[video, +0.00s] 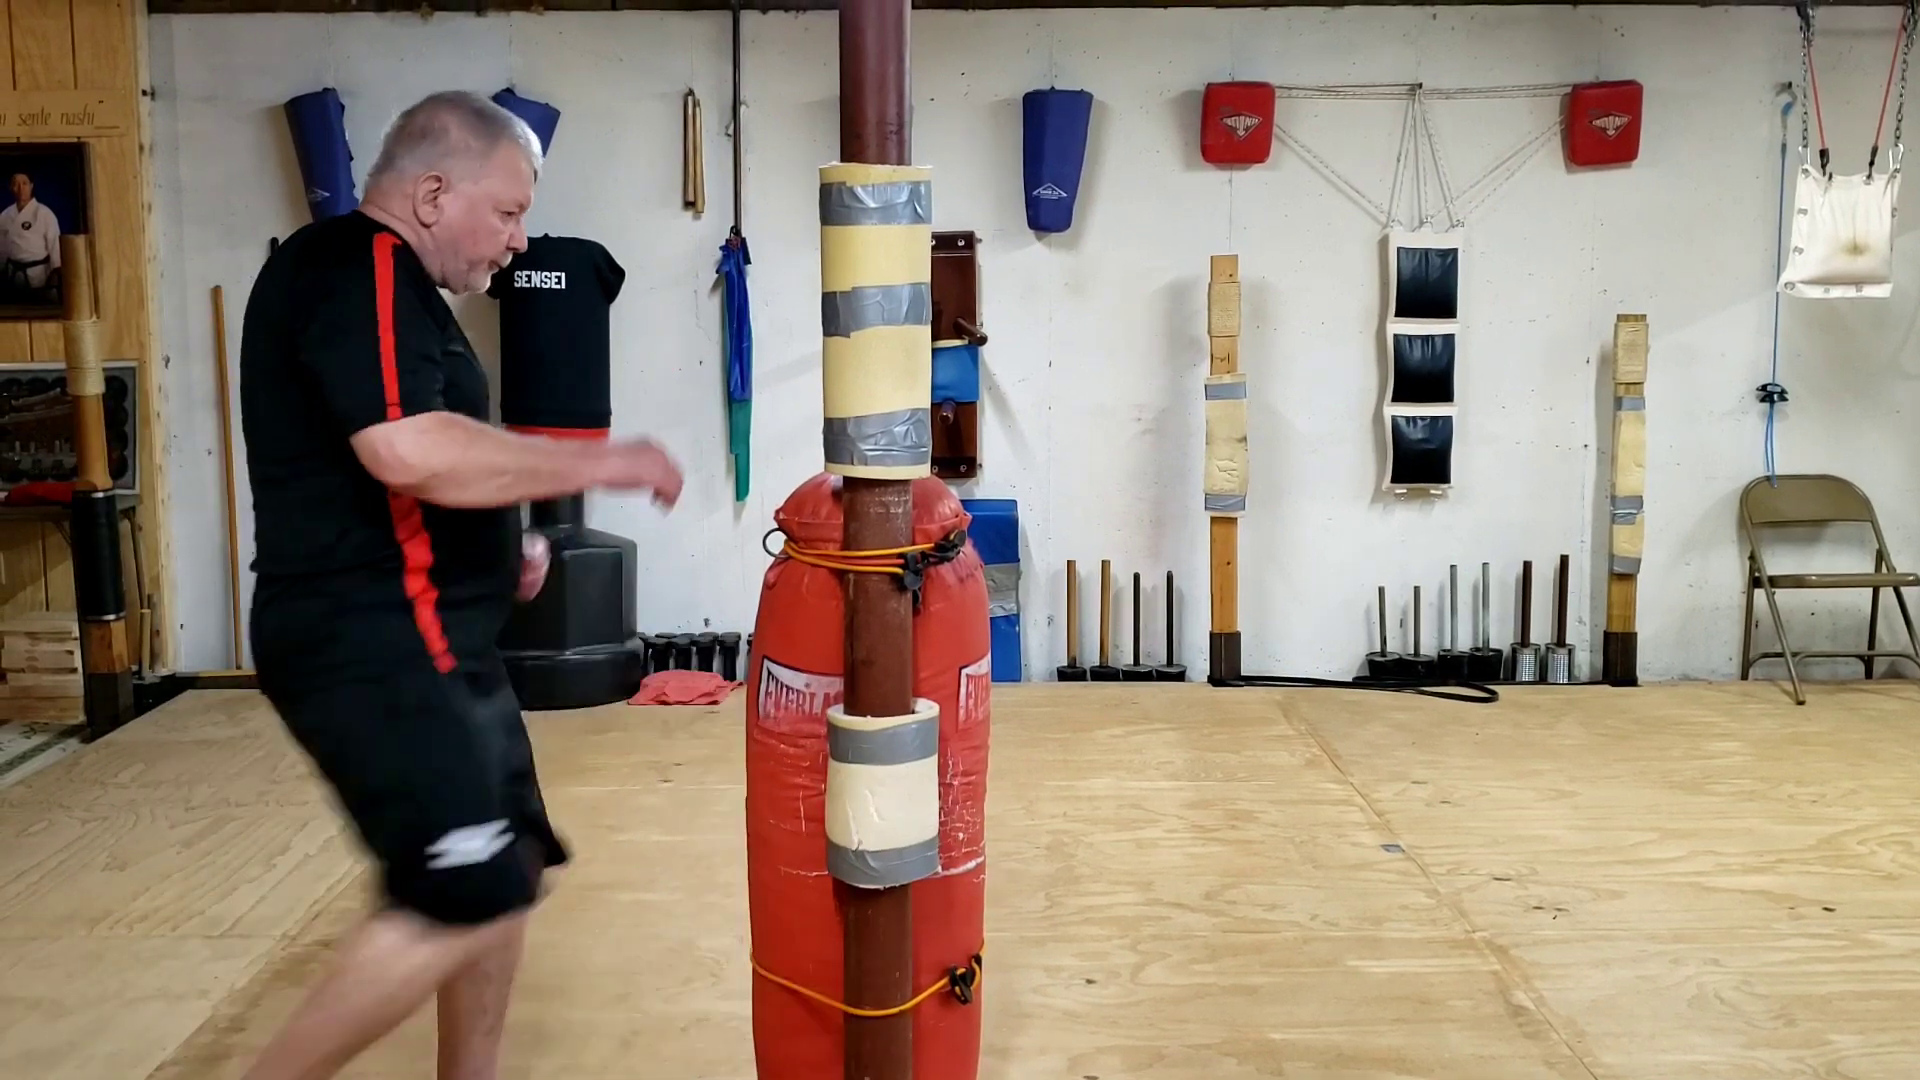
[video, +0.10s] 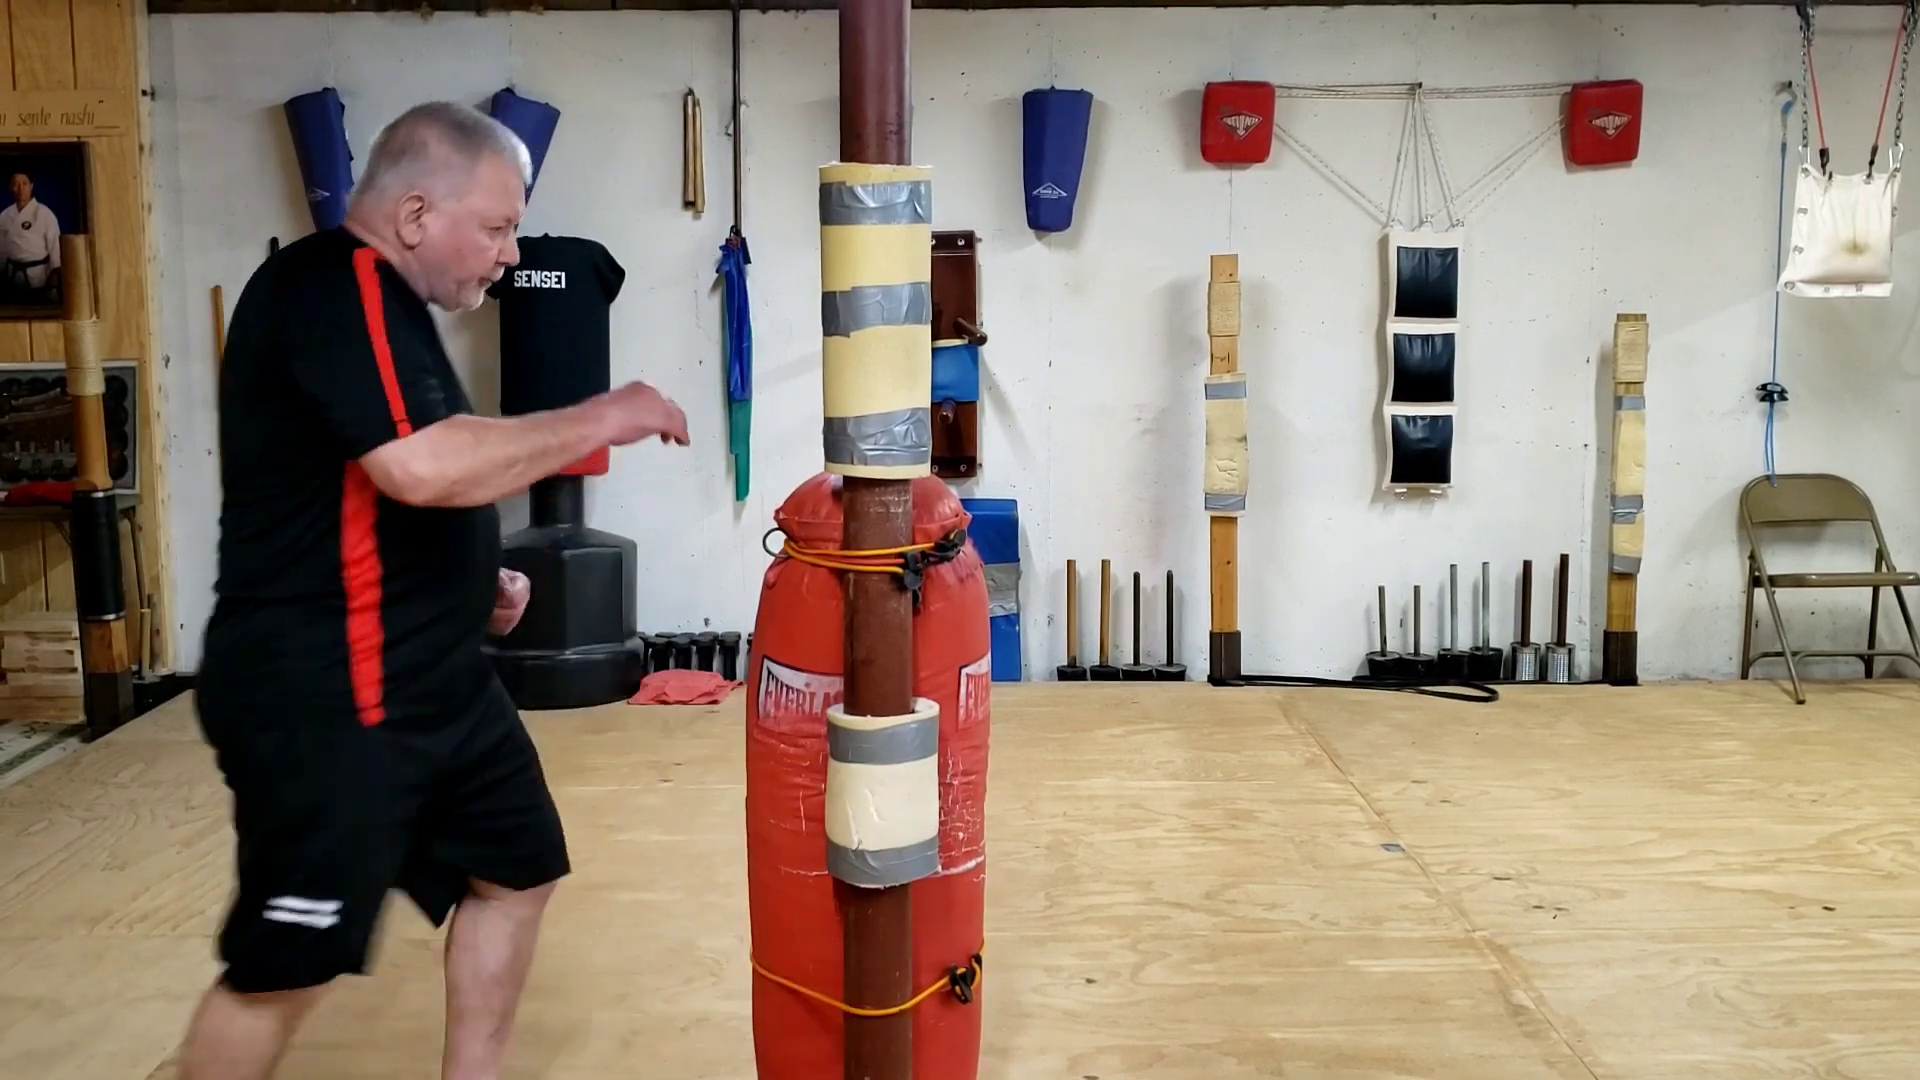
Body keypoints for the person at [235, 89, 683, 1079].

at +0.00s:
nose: (518, 242)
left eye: (523, 219)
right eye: (508, 214)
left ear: (431, 201)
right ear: (430, 196)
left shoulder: (392, 278)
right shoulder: (348, 266)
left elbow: (410, 460)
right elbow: (403, 449)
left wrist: (500, 537)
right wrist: (601, 463)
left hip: (433, 626)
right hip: (356, 635)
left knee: (505, 864)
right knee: (465, 880)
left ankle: (468, 1074)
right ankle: (270, 1074)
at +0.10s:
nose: (512, 255)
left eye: (514, 232)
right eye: (498, 228)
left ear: (416, 221)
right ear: (415, 218)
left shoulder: (377, 296)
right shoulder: (329, 287)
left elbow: (344, 502)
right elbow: (422, 465)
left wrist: (464, 582)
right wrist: (599, 422)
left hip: (433, 675)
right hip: (320, 689)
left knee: (515, 867)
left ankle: (472, 1075)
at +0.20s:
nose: (487, 275)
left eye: (492, 250)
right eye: (470, 250)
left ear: (389, 245)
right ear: (383, 239)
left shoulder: (391, 323)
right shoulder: (279, 312)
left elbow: (395, 489)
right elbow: (352, 499)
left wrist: (476, 543)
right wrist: (525, 428)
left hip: (414, 678)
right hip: (283, 694)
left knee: (513, 870)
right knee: (253, 962)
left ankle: (470, 1074)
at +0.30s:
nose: (468, 259)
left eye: (474, 235)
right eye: (449, 235)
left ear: (372, 227)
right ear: (360, 223)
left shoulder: (405, 313)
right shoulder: (242, 308)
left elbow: (404, 468)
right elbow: (209, 521)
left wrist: (500, 440)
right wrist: (427, 494)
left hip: (409, 671)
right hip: (271, 694)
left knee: (501, 867)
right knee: (232, 964)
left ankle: (467, 1074)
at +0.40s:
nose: (469, 258)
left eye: (474, 233)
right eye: (452, 232)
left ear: (369, 226)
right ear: (361, 223)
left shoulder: (427, 316)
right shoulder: (222, 318)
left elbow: (520, 401)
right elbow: (119, 505)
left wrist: (605, 349)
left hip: (404, 672)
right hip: (261, 695)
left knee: (495, 857)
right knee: (252, 956)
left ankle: (468, 1073)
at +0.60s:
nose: (494, 259)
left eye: (498, 235)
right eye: (480, 234)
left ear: (405, 226)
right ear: (396, 220)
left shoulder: (415, 315)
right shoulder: (274, 305)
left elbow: (472, 452)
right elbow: (182, 500)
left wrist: (563, 432)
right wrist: (388, 556)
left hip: (400, 668)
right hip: (279, 681)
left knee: (488, 851)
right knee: (248, 949)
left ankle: (465, 1072)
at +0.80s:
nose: (516, 252)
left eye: (518, 231)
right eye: (504, 227)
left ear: (430, 211)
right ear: (430, 208)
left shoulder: (412, 286)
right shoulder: (359, 283)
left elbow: (544, 370)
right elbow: (553, 379)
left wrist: (686, 313)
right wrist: (702, 306)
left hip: (455, 663)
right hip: (356, 676)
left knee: (517, 869)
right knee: (326, 945)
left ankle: (470, 1073)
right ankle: (198, 1070)